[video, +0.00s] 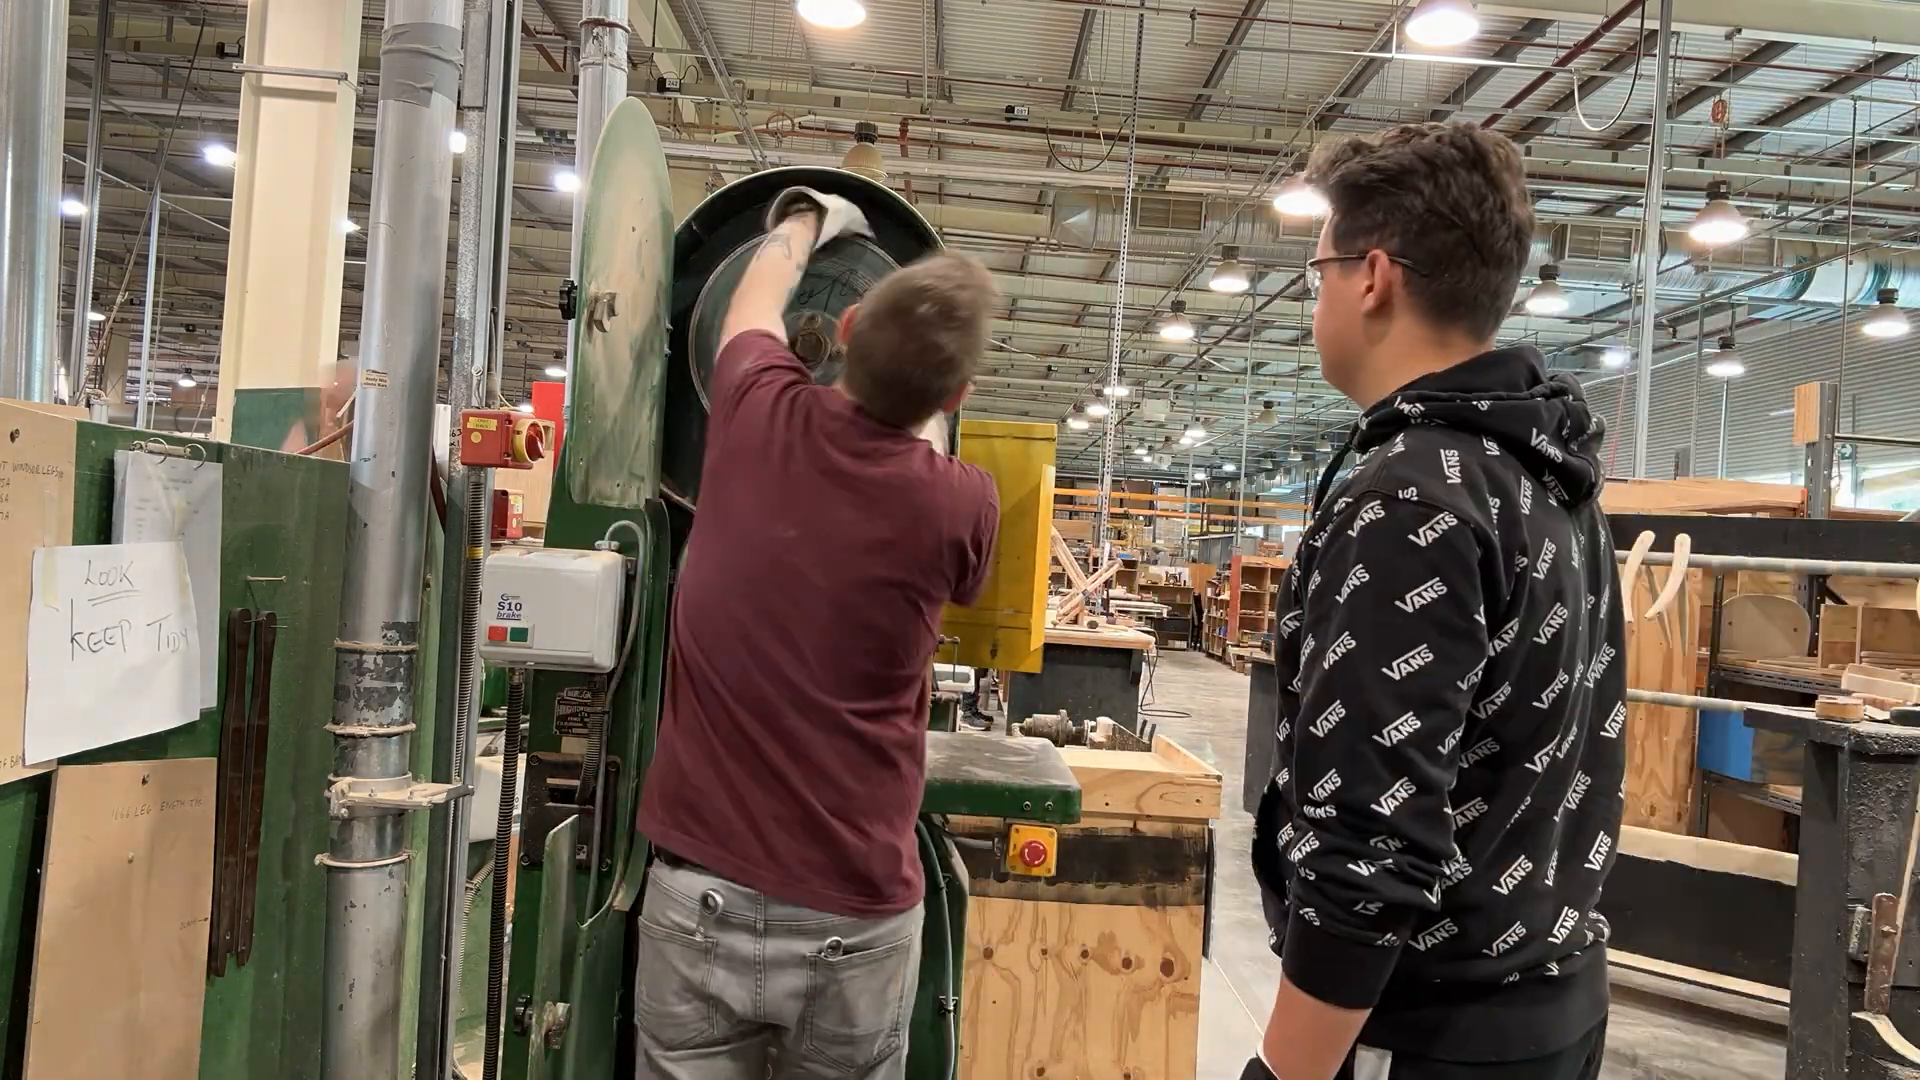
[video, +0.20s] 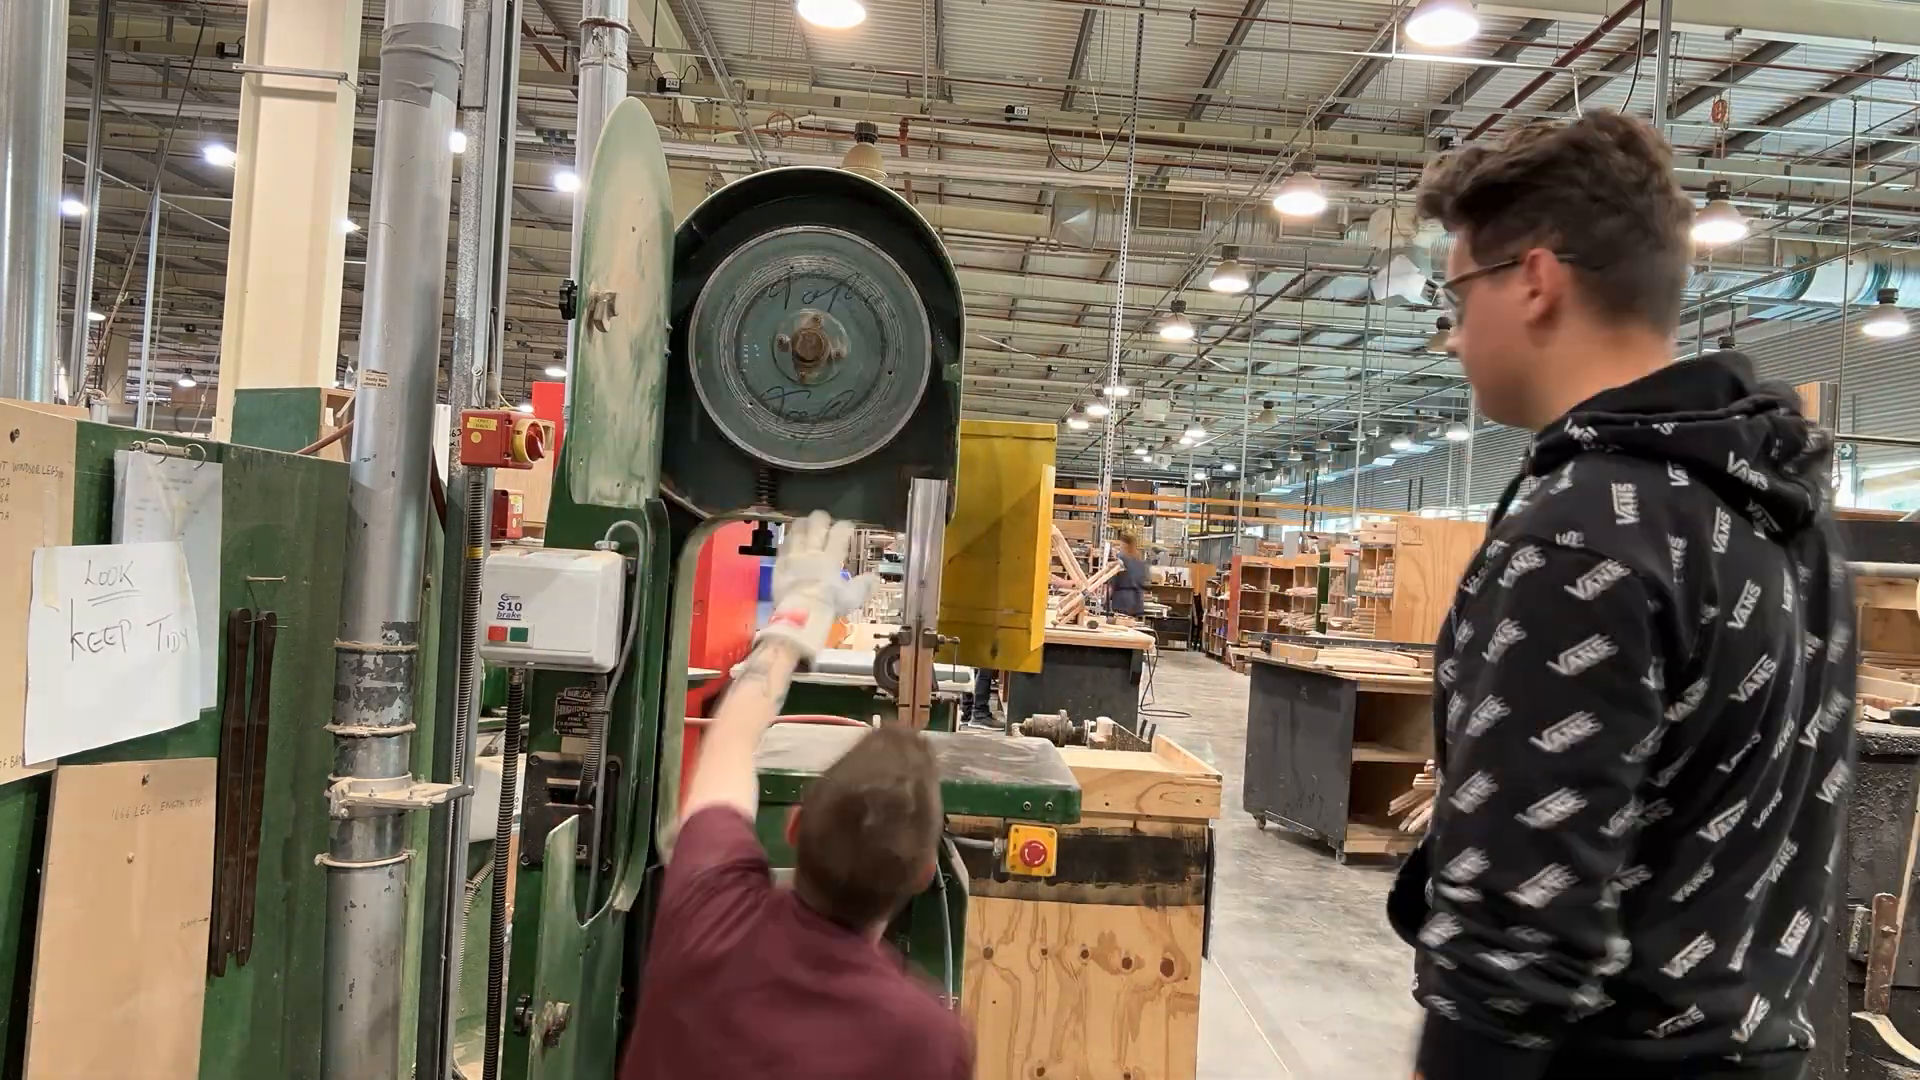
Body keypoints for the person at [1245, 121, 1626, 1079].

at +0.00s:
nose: (1314, 302)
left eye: (1322, 270)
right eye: (1316, 271)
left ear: (1378, 278)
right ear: (1485, 286)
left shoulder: (1414, 496)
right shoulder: (1545, 467)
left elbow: (1367, 859)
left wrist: (1285, 1070)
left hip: (1444, 1028)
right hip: (1550, 1001)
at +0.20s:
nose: (1451, 337)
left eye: (1459, 295)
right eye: (1451, 301)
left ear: (1537, 283)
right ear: (1657, 288)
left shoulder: (1581, 531)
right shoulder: (1780, 497)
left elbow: (1517, 945)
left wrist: (1454, 1056)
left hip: (1598, 1043)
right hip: (1756, 1030)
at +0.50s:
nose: (1264, 376)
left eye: (1256, 340)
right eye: (1252, 347)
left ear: (1312, 314)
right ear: (1418, 295)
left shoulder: (1375, 497)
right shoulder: (1577, 476)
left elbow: (1456, 837)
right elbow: (1652, 733)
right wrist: (1682, 923)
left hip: (1394, 1036)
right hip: (1567, 1031)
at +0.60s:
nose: (1273, 384)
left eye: (1266, 344)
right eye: (1262, 353)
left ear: (1325, 305)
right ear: (1425, 296)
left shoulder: (1389, 492)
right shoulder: (1577, 471)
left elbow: (1464, 843)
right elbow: (1655, 735)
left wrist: (1652, 974)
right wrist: (1691, 929)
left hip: (1400, 1039)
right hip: (1579, 1033)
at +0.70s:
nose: (1278, 383)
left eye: (1270, 344)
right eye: (1266, 352)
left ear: (1324, 309)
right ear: (1430, 298)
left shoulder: (1386, 493)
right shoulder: (1580, 476)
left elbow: (1462, 838)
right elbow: (1648, 731)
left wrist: (1646, 973)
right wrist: (1684, 928)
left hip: (1397, 1036)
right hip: (1576, 1036)